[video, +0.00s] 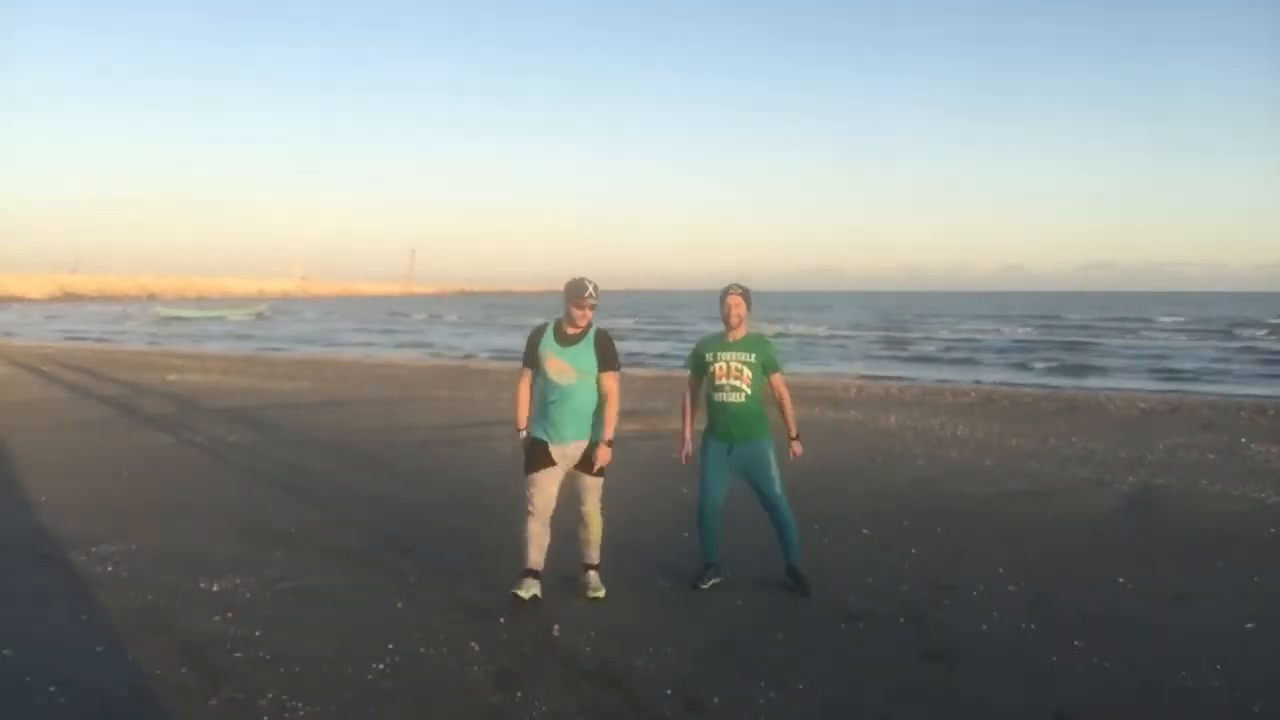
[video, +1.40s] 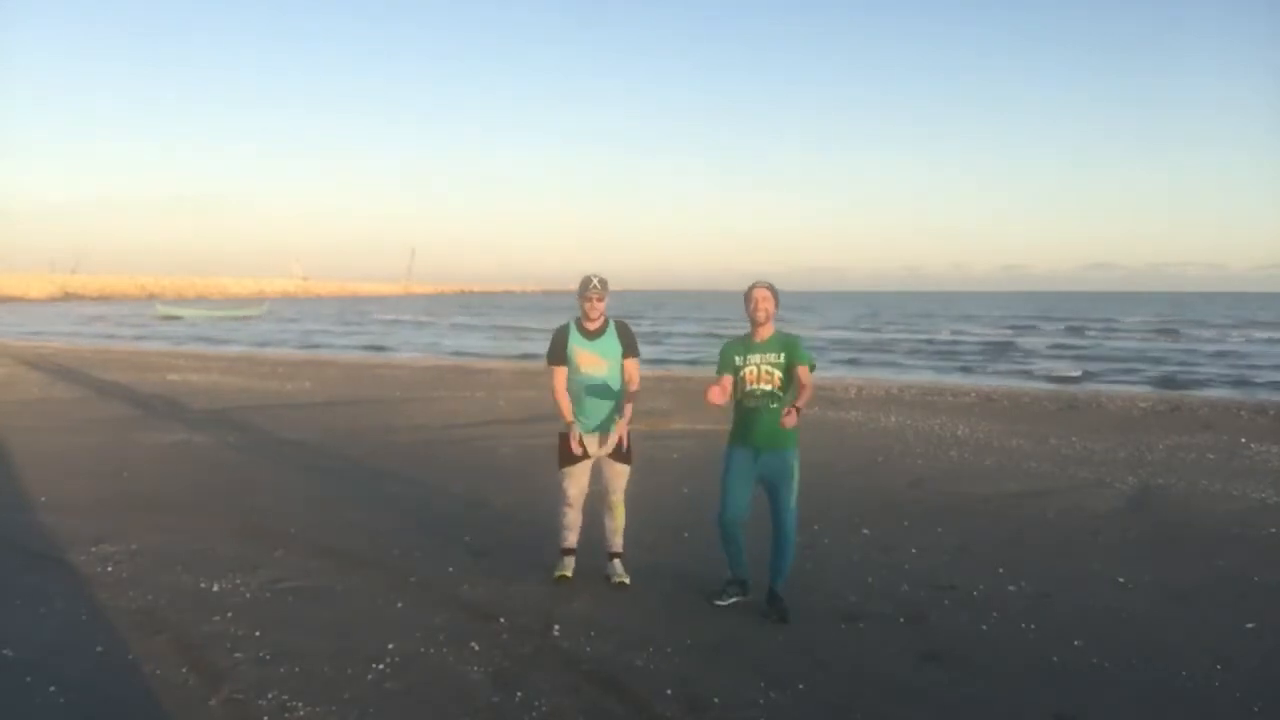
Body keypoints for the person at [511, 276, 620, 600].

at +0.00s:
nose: (583, 313)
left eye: (589, 307)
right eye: (578, 306)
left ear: (595, 309)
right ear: (565, 303)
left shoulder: (602, 342)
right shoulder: (541, 336)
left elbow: (611, 394)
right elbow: (525, 381)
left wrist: (606, 441)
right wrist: (522, 428)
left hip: (588, 443)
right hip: (544, 441)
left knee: (590, 510)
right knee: (537, 510)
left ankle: (592, 570)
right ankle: (531, 575)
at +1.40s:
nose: (594, 305)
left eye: (599, 299)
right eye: (588, 299)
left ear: (606, 301)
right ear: (579, 300)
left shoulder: (621, 331)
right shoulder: (564, 335)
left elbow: (632, 378)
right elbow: (558, 386)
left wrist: (626, 418)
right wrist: (571, 425)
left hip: (615, 428)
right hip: (577, 428)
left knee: (616, 497)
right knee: (572, 497)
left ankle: (615, 559)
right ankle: (567, 557)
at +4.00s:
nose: (508, 315)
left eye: (513, 309)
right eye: (502, 309)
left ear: (522, 308)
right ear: (492, 308)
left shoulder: (535, 334)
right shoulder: (477, 334)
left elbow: (564, 372)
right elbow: (457, 367)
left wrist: (566, 375)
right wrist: (443, 381)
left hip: (527, 437)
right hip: (484, 436)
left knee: (527, 505)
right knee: (484, 508)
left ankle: (530, 576)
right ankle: (481, 579)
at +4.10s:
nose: (506, 315)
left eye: (512, 309)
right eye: (500, 309)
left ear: (521, 307)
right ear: (491, 307)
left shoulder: (535, 332)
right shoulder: (475, 334)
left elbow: (566, 366)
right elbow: (452, 366)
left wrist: (562, 374)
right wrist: (442, 384)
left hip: (526, 436)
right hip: (483, 435)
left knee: (527, 505)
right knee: (483, 508)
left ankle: (529, 576)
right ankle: (481, 579)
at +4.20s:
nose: (504, 317)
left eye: (509, 311)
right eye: (498, 311)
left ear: (518, 308)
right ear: (488, 309)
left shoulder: (533, 333)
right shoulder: (472, 336)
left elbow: (566, 369)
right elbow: (445, 374)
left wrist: (556, 397)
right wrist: (442, 400)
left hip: (523, 436)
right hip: (481, 437)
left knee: (525, 507)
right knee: (480, 510)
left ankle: (528, 576)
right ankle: (480, 579)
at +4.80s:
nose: (524, 316)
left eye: (531, 309)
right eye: (518, 309)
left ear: (540, 310)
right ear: (508, 311)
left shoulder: (560, 340)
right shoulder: (492, 348)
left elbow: (587, 380)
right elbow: (474, 393)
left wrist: (587, 422)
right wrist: (484, 440)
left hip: (562, 450)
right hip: (514, 454)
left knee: (573, 529)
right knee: (499, 525)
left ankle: (581, 606)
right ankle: (481, 576)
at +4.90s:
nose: (541, 317)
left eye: (547, 309)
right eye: (534, 310)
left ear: (557, 310)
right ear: (524, 310)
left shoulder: (575, 343)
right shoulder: (507, 349)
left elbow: (604, 387)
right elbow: (490, 398)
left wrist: (610, 430)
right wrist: (490, 448)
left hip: (572, 452)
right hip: (524, 454)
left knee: (576, 530)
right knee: (514, 530)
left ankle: (581, 607)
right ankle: (503, 579)